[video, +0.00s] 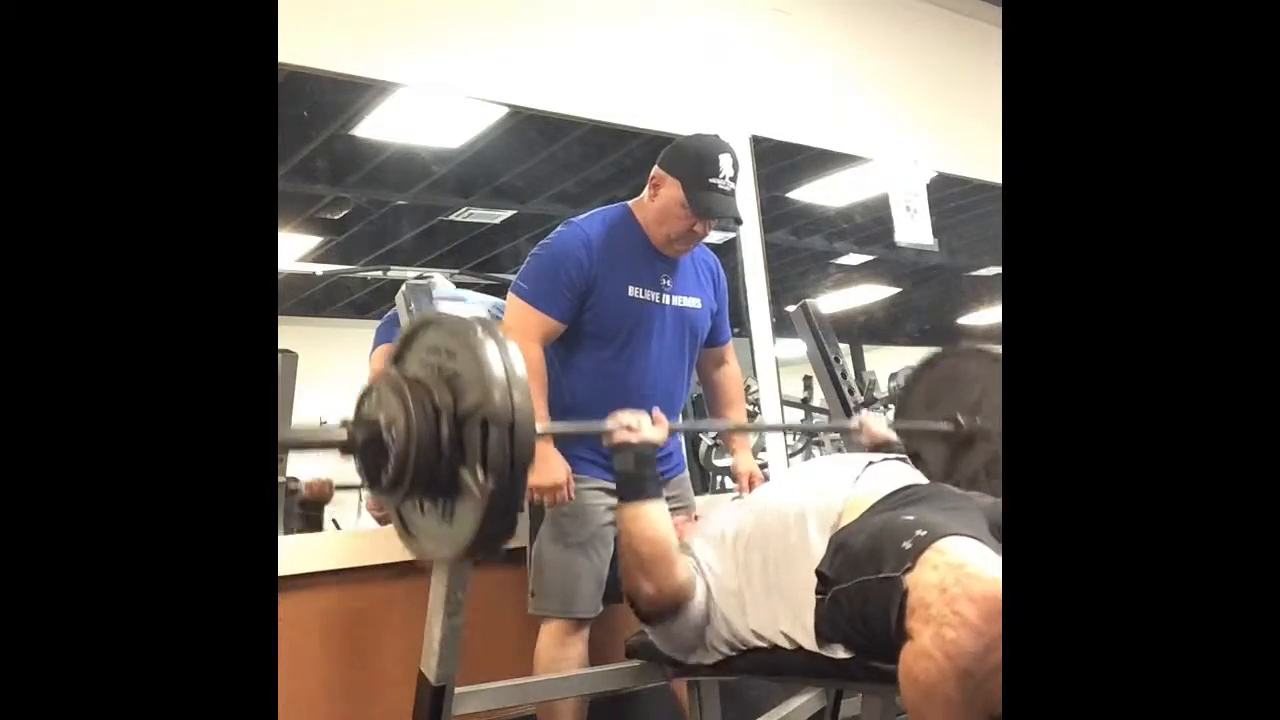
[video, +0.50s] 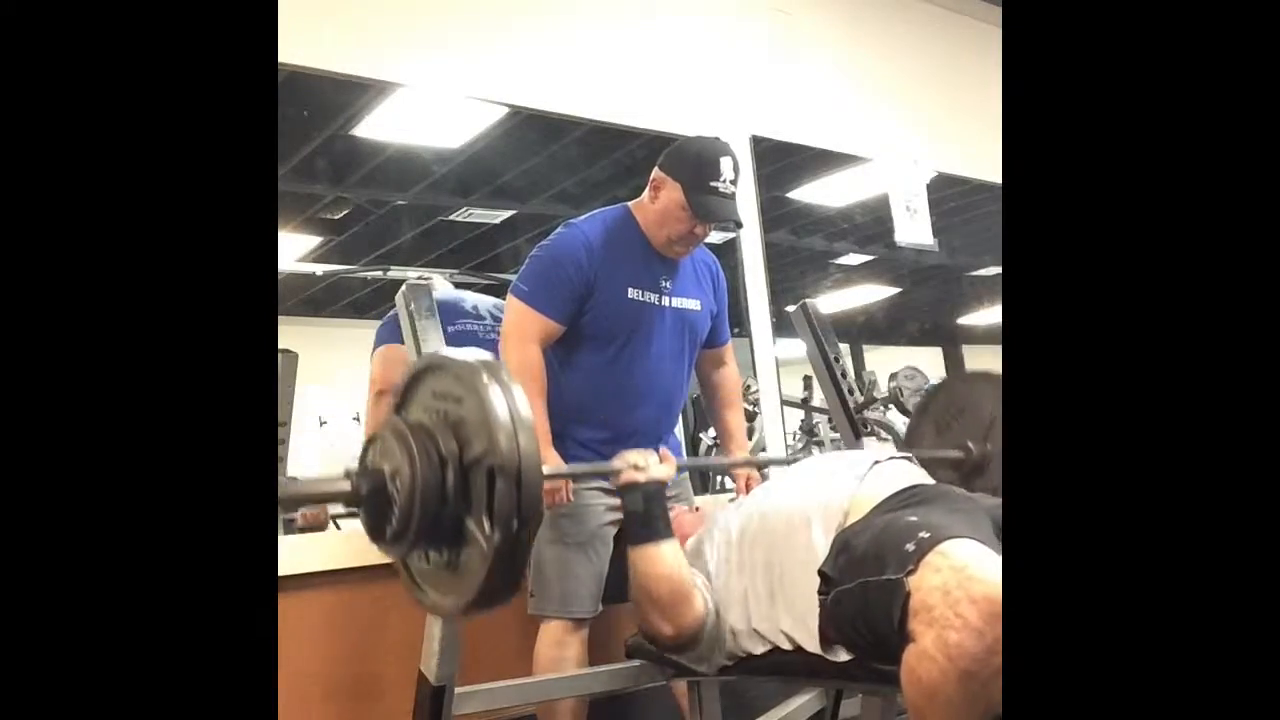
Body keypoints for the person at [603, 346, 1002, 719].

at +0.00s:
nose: (680, 510)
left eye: (679, 506)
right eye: (665, 517)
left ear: (692, 511)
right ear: (662, 543)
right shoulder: (691, 602)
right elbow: (653, 586)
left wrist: (884, 447)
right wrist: (637, 462)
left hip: (956, 496)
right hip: (871, 526)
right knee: (977, 604)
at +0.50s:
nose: (677, 504)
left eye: (678, 498)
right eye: (667, 510)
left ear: (694, 500)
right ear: (664, 544)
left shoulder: (758, 502)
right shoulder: (691, 585)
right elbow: (670, 624)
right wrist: (644, 502)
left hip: (941, 491)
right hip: (866, 530)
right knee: (978, 610)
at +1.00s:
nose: (675, 512)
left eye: (672, 508)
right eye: (660, 521)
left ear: (686, 514)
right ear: (654, 540)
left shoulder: (754, 508)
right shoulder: (692, 603)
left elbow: (907, 488)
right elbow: (655, 604)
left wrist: (879, 451)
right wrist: (636, 484)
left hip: (943, 497)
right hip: (868, 529)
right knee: (976, 602)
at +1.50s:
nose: (681, 504)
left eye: (680, 502)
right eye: (666, 512)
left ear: (696, 505)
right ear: (663, 532)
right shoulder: (688, 595)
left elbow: (894, 475)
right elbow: (663, 610)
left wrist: (878, 430)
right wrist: (641, 489)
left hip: (941, 496)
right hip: (862, 531)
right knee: (976, 595)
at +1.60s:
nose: (692, 497)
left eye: (688, 493)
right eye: (676, 503)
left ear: (701, 500)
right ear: (665, 532)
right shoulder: (688, 577)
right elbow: (672, 643)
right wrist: (644, 520)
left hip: (947, 493)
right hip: (877, 524)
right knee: (979, 605)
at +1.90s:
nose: (686, 497)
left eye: (684, 491)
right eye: (674, 501)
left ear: (700, 497)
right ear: (669, 535)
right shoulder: (693, 575)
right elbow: (673, 644)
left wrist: (758, 484)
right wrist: (650, 519)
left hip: (957, 493)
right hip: (875, 527)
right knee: (979, 605)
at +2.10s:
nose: (667, 509)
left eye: (666, 503)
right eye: (652, 518)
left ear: (681, 505)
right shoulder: (684, 605)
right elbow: (648, 588)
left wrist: (877, 449)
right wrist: (632, 465)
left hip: (942, 495)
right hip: (861, 529)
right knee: (974, 600)